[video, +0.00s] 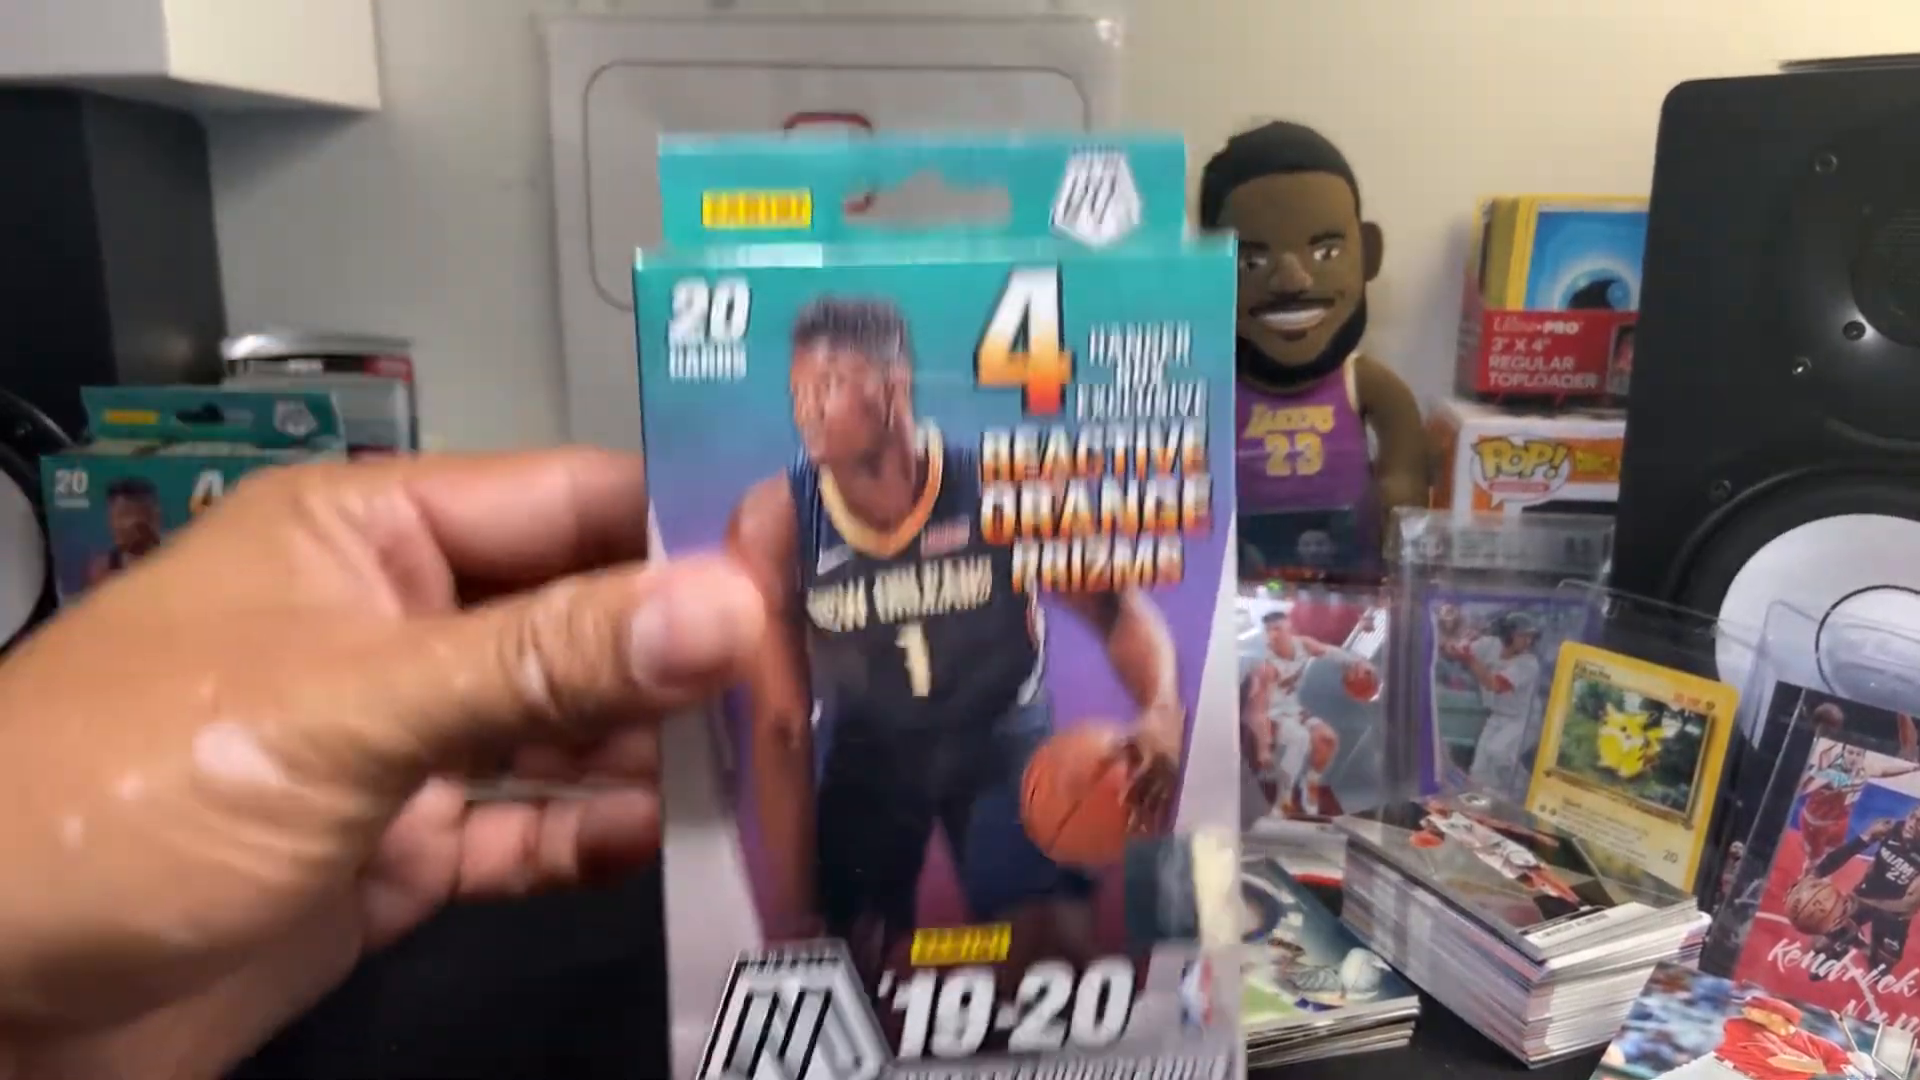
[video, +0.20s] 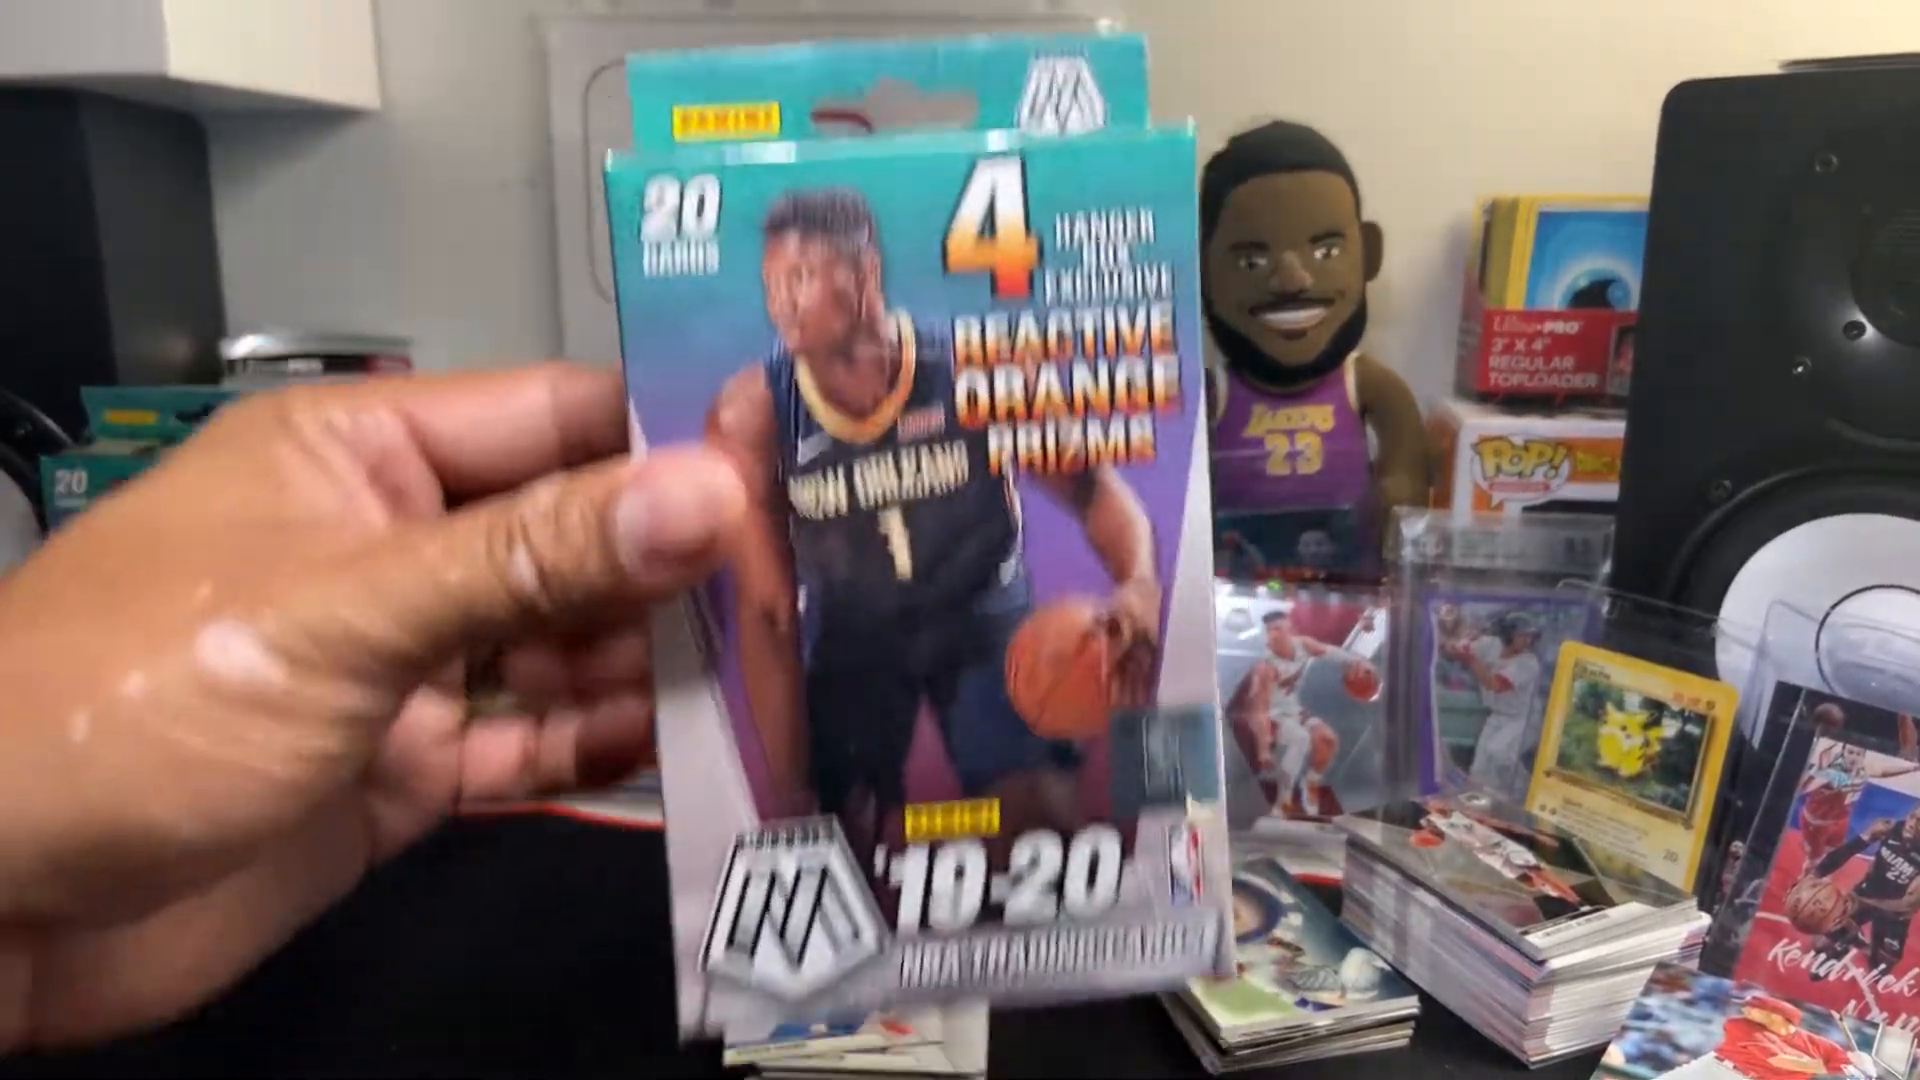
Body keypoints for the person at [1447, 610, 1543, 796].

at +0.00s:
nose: (1528, 642)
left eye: (1531, 637)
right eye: (1523, 636)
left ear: (1533, 639)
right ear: (1510, 635)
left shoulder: (1529, 663)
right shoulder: (1491, 645)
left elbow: (1496, 684)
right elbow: (1460, 650)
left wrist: (1471, 659)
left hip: (1518, 722)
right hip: (1495, 717)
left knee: (1497, 752)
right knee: (1482, 755)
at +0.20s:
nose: (1527, 641)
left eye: (1530, 637)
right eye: (1523, 636)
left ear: (1533, 638)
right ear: (1510, 635)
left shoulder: (1529, 663)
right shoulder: (1491, 645)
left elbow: (1496, 684)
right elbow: (1459, 649)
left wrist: (1471, 659)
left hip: (1517, 722)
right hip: (1495, 717)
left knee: (1497, 752)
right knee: (1482, 755)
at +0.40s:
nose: (1528, 641)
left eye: (1530, 637)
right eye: (1523, 636)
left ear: (1533, 639)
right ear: (1511, 635)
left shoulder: (1529, 663)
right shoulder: (1491, 645)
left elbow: (1496, 685)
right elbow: (1460, 649)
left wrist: (1471, 660)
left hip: (1516, 722)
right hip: (1495, 717)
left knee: (1497, 752)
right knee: (1482, 753)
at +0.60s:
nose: (1528, 641)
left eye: (1530, 637)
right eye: (1523, 635)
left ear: (1533, 639)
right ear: (1510, 635)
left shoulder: (1529, 663)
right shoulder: (1491, 645)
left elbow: (1496, 685)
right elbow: (1458, 650)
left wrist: (1471, 659)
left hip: (1518, 722)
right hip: (1495, 717)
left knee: (1497, 752)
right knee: (1482, 754)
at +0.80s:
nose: (1528, 641)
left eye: (1530, 636)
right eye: (1523, 635)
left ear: (1533, 638)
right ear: (1511, 635)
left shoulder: (1529, 663)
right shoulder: (1491, 645)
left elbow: (1496, 685)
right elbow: (1458, 650)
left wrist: (1471, 660)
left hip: (1516, 723)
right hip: (1494, 717)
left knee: (1497, 753)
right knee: (1481, 756)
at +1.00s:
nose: (1527, 640)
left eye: (1529, 636)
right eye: (1522, 635)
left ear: (1532, 638)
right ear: (1509, 635)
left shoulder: (1528, 663)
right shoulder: (1490, 646)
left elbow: (1495, 684)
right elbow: (1457, 649)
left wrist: (1470, 660)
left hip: (1517, 722)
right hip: (1495, 717)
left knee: (1495, 751)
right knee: (1482, 753)